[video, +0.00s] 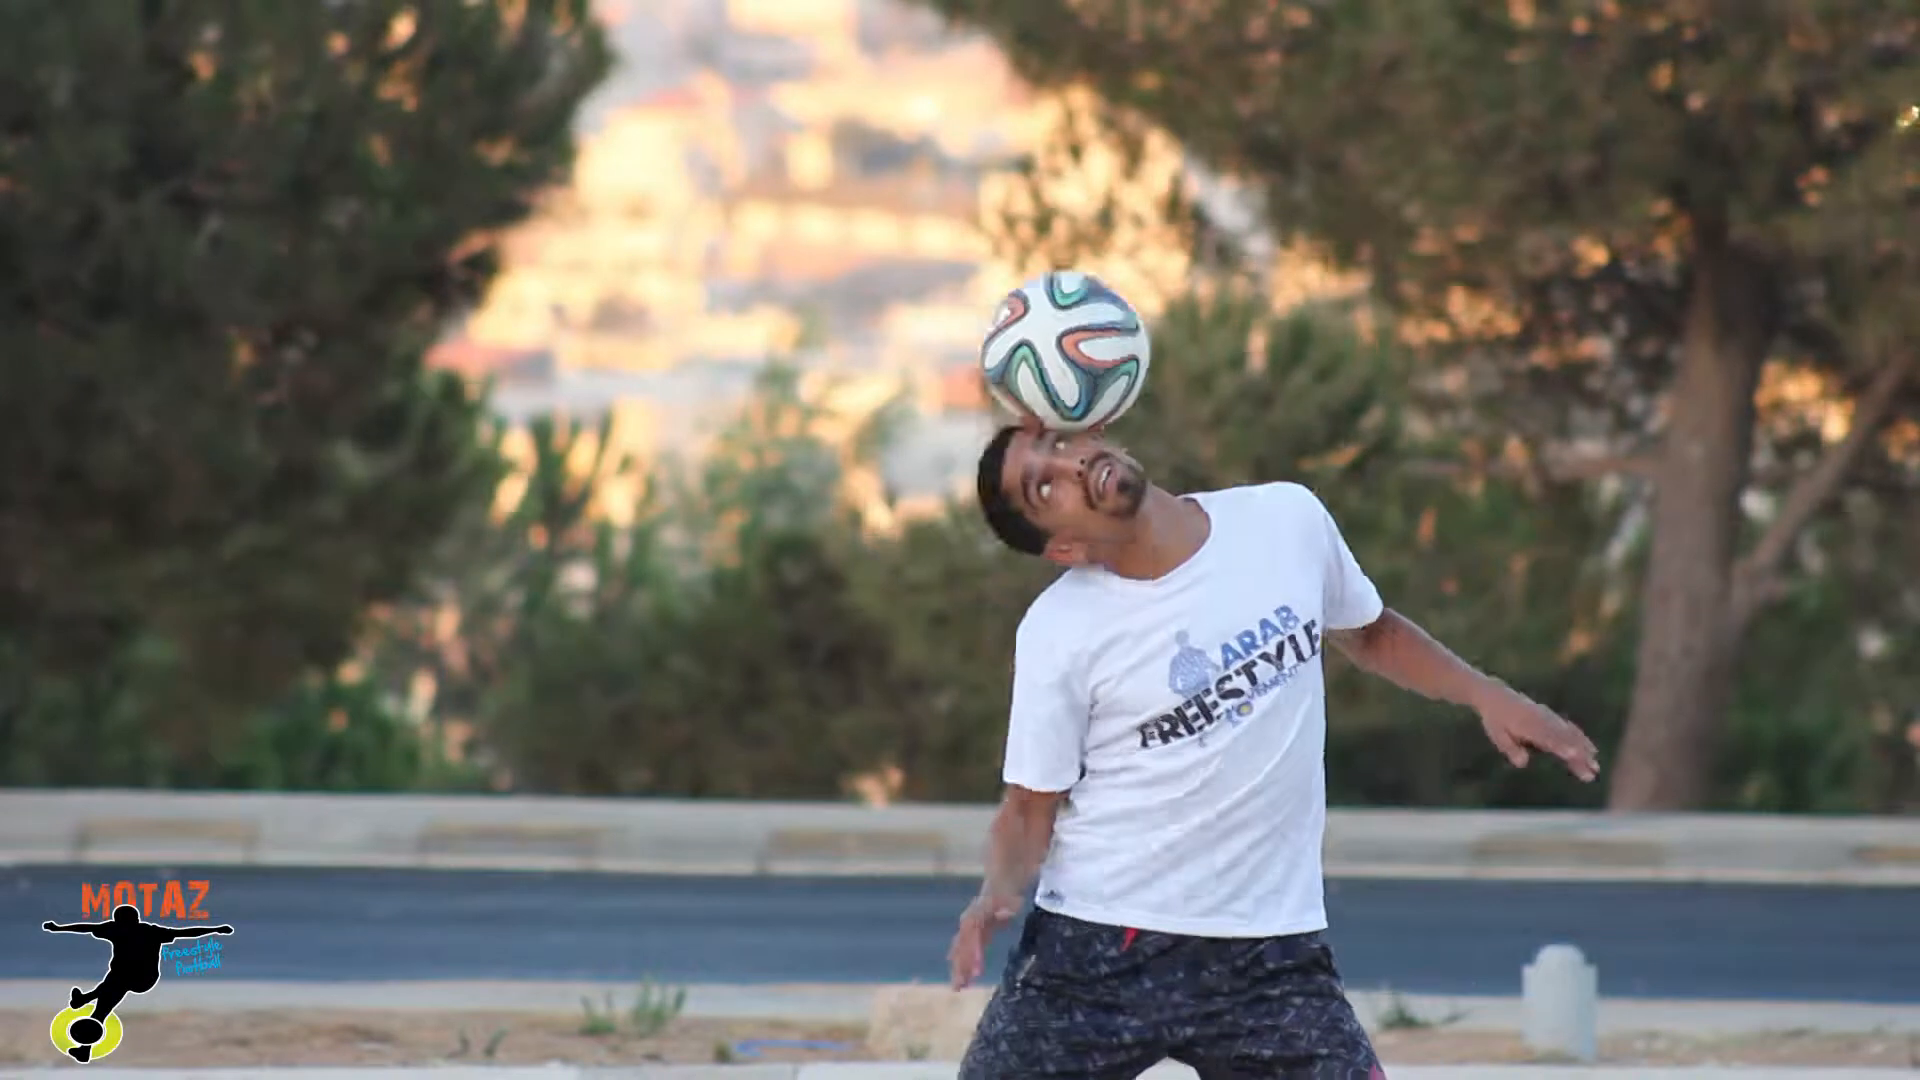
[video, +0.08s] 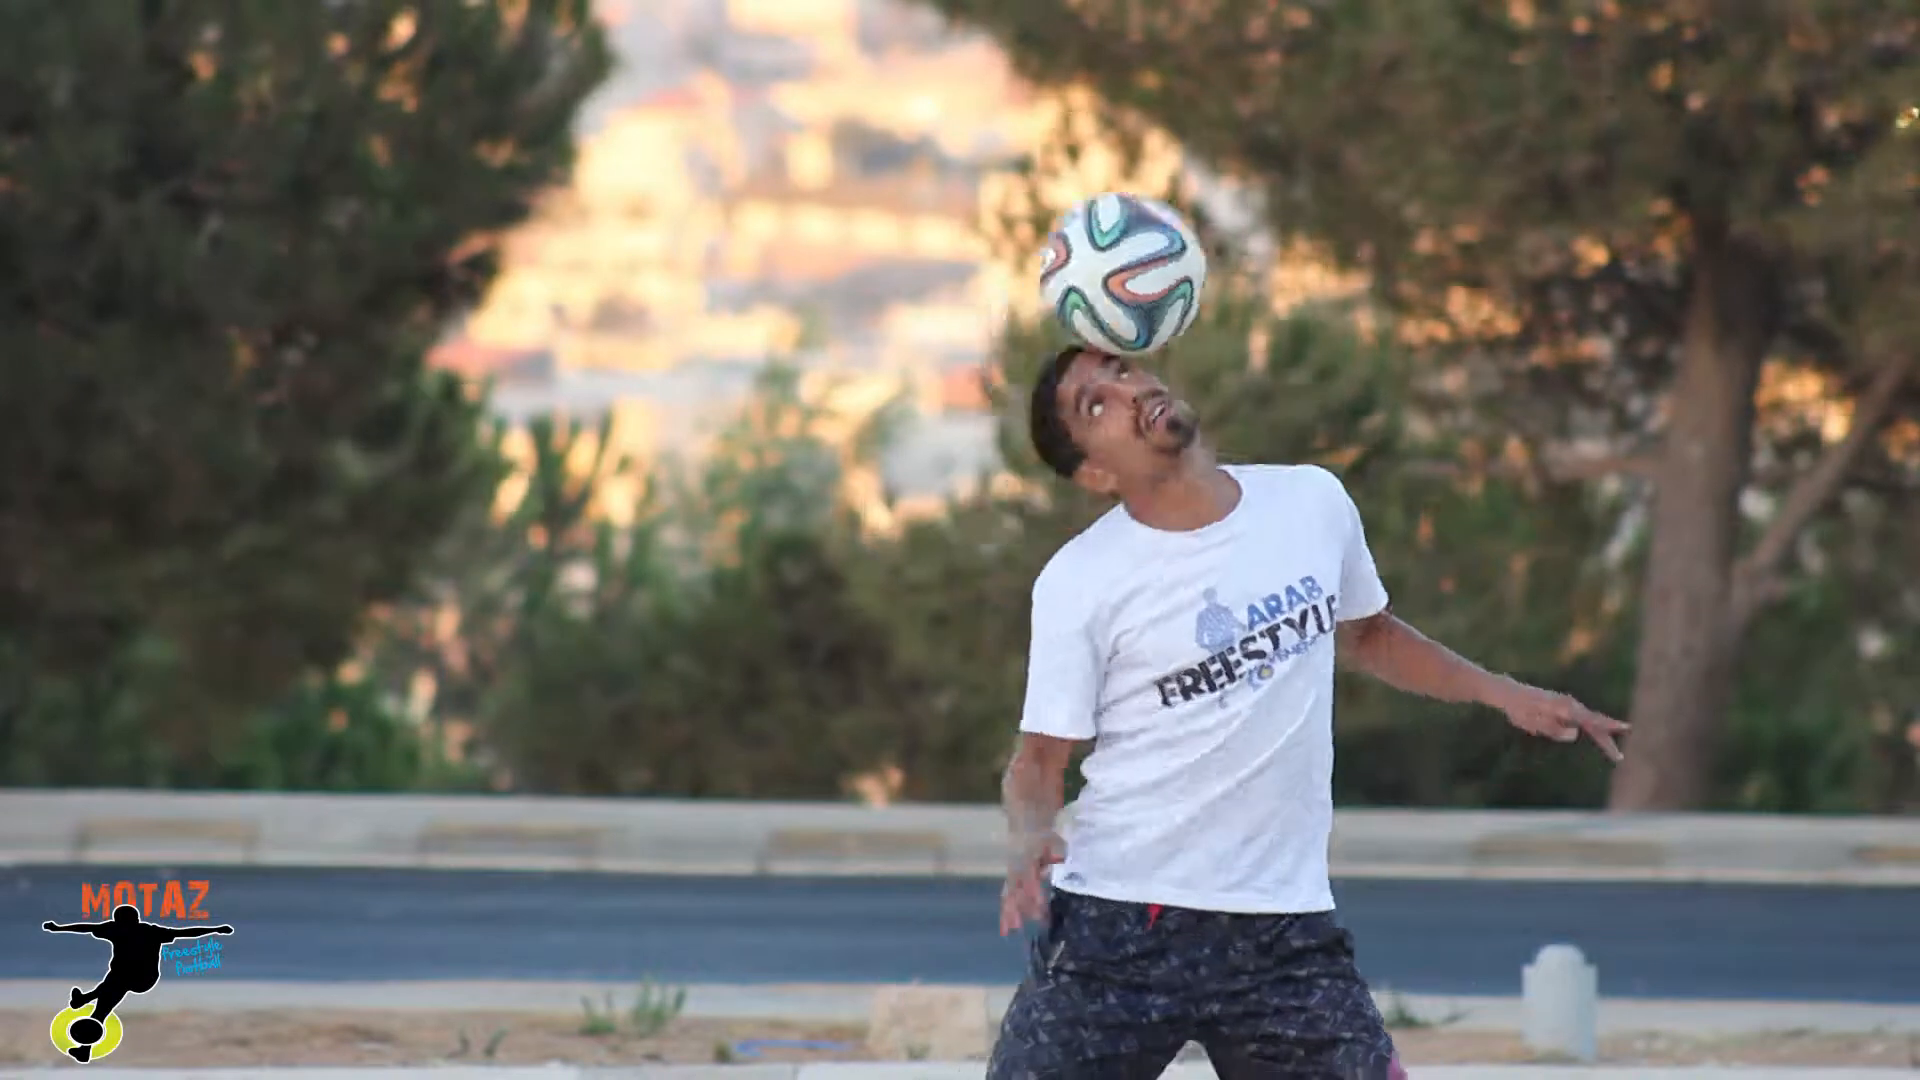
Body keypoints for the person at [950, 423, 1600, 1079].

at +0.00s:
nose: (1071, 461)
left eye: (1059, 443)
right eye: (1044, 486)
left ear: (1102, 439)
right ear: (1062, 550)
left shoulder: (1288, 521)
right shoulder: (1060, 633)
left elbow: (1372, 632)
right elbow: (1027, 803)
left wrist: (1487, 692)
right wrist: (1000, 890)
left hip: (1271, 971)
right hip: (1092, 968)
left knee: (1355, 1073)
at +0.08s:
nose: (1130, 387)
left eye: (1124, 369)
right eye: (1094, 401)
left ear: (1165, 387)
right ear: (1094, 474)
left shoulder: (1313, 501)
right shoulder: (1079, 582)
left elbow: (1369, 632)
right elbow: (1037, 759)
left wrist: (1506, 694)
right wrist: (1033, 838)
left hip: (1285, 945)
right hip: (1115, 945)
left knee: (1368, 1068)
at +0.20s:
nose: (1258, 325)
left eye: (1268, 316)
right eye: (1222, 321)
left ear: (1295, 364)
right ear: (1186, 389)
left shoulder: (1349, 514)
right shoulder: (1126, 501)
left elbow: (1345, 679)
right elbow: (1022, 671)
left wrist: (1478, 764)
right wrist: (1084, 719)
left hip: (1291, 903)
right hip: (1122, 901)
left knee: (1419, 1071)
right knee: (1034, 1070)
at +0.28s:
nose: (1323, 339)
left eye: (1340, 332)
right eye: (1291, 330)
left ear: (1359, 388)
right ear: (1244, 390)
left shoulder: (1374, 548)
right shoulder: (1167, 487)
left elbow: (1323, 703)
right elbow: (1027, 626)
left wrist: (1434, 819)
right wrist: (1102, 675)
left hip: (1298, 916)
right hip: (1129, 909)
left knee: (1405, 1070)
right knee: (1049, 1069)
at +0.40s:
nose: (1471, 431)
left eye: (1502, 441)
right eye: (1458, 414)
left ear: (1496, 514)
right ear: (1401, 443)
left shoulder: (1448, 636)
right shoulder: (1264, 498)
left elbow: (1367, 761)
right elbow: (1073, 562)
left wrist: (1410, 925)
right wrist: (1119, 643)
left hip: (1322, 939)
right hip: (1145, 925)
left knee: (1430, 1071)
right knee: (1062, 1070)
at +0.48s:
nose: (1525, 520)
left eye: (1554, 544)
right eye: (1531, 498)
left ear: (1528, 610)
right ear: (1479, 500)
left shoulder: (1465, 694)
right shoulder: (1298, 520)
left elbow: (1398, 821)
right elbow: (1107, 554)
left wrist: (1448, 979)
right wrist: (1114, 651)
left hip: (1322, 956)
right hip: (1140, 938)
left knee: (1443, 1066)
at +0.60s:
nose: (1562, 504)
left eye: (1592, 529)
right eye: (1574, 488)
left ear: (1570, 600)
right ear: (1536, 484)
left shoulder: (1513, 690)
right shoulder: (1338, 505)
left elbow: (1474, 828)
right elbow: (1174, 553)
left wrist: (1547, 993)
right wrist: (1095, 644)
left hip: (1360, 949)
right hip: (1179, 924)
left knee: (1461, 1068)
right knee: (1080, 1065)